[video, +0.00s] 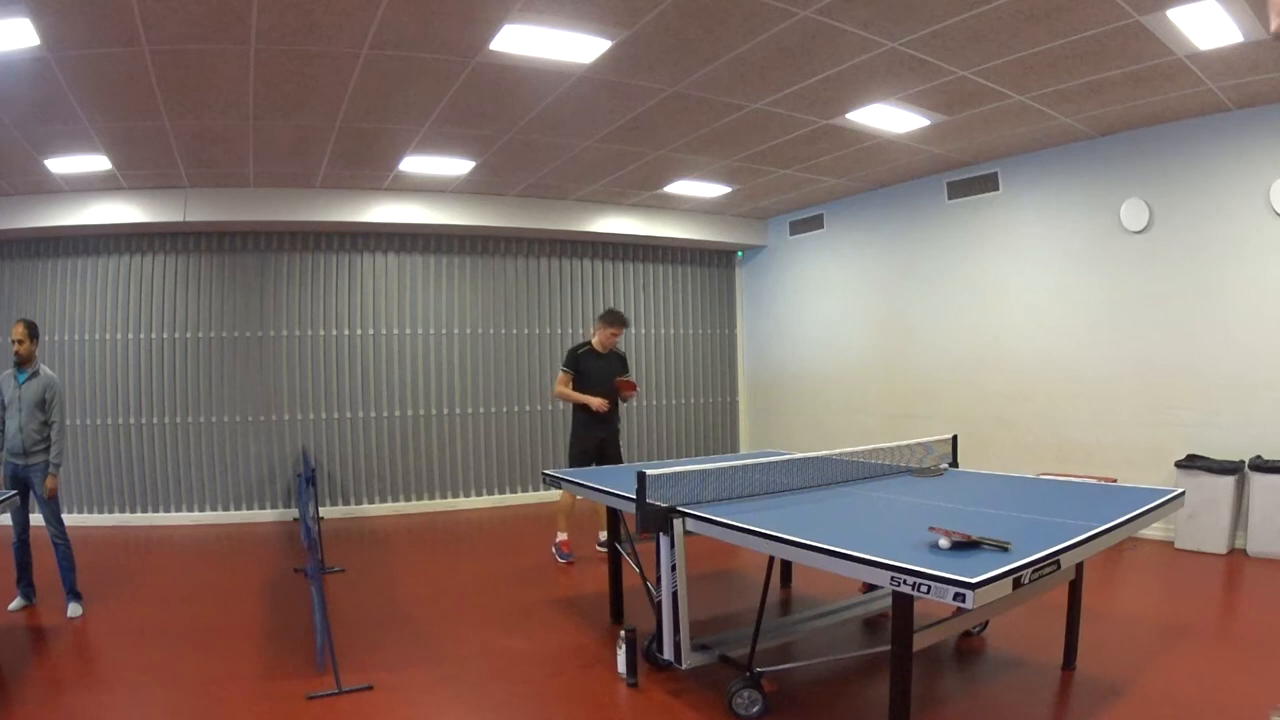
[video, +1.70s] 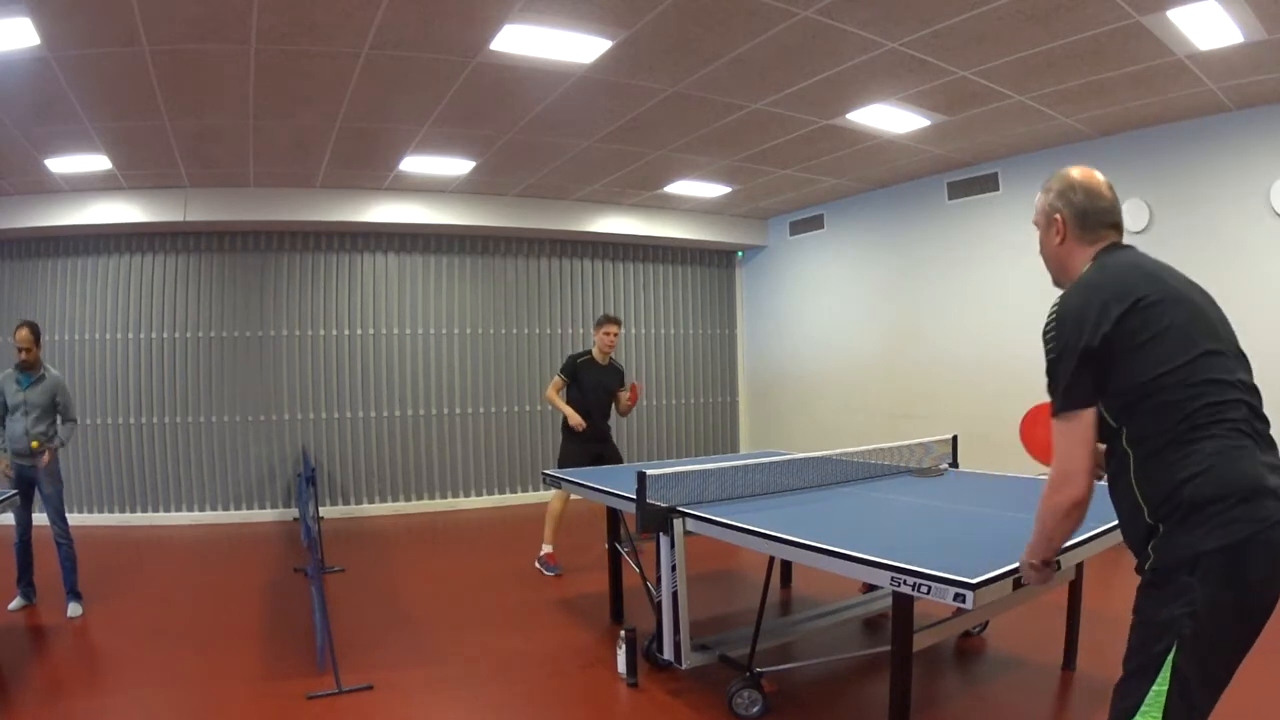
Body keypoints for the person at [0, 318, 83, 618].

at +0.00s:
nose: (15, 347)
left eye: (21, 342)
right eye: (13, 342)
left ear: (35, 344)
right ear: (11, 344)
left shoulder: (49, 381)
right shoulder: (6, 380)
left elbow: (57, 429)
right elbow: (3, 422)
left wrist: (53, 472)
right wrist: (3, 464)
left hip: (40, 466)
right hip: (11, 465)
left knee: (57, 533)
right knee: (19, 534)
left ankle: (73, 596)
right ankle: (26, 593)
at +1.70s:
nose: (22, 355)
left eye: (27, 349)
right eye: (18, 349)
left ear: (39, 346)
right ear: (13, 347)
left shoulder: (54, 381)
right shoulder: (5, 380)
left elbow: (70, 421)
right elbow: (2, 420)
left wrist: (55, 447)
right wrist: (2, 455)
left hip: (45, 461)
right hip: (15, 462)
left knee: (60, 530)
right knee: (22, 532)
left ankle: (73, 596)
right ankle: (25, 593)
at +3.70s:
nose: (17, 343)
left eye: (23, 338)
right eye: (15, 338)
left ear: (38, 343)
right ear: (15, 343)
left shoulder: (50, 381)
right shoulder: (7, 379)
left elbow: (59, 427)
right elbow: (4, 419)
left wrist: (32, 443)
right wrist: (6, 446)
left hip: (39, 464)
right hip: (11, 464)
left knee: (55, 531)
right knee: (20, 532)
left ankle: (73, 596)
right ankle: (26, 592)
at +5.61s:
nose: (35, 354)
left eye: (39, 349)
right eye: (30, 349)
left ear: (49, 347)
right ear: (24, 349)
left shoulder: (58, 387)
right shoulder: (10, 380)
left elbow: (68, 428)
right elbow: (4, 426)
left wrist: (68, 460)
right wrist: (6, 466)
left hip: (50, 466)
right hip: (19, 466)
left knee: (62, 532)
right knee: (22, 533)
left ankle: (73, 596)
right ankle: (26, 593)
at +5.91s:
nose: (37, 352)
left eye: (42, 347)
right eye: (33, 346)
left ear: (52, 348)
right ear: (28, 346)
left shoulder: (60, 388)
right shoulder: (13, 378)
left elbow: (74, 428)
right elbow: (1, 420)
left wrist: (65, 445)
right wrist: (6, 458)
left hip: (49, 464)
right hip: (20, 465)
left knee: (62, 532)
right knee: (22, 533)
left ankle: (73, 597)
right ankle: (26, 593)